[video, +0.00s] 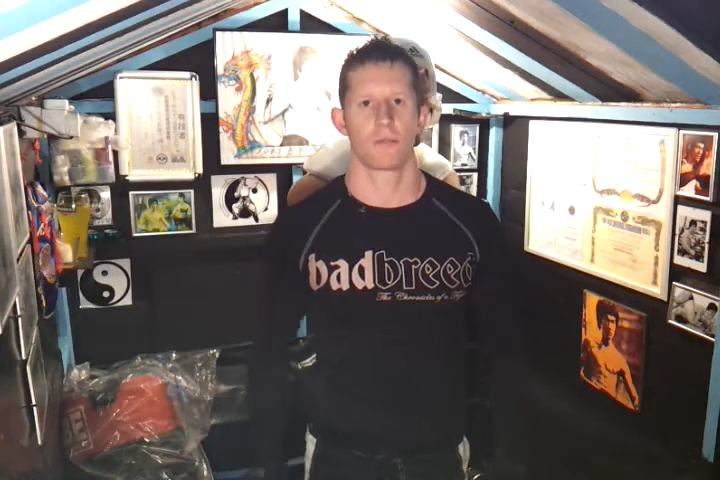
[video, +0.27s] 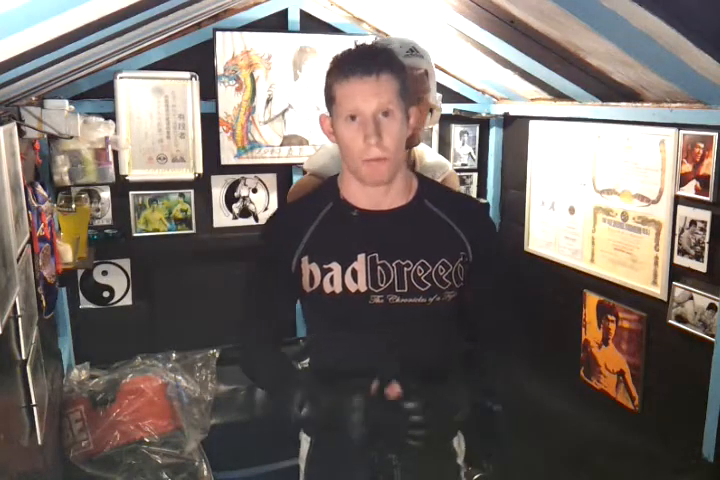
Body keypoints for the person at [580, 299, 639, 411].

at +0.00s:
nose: (610, 326)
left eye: (613, 322)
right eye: (607, 321)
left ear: (616, 326)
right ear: (601, 324)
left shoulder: (620, 360)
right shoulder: (589, 344)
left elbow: (634, 395)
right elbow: (579, 371)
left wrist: (636, 404)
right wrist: (589, 382)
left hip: (609, 402)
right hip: (588, 397)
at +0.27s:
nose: (610, 326)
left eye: (613, 322)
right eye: (607, 321)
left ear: (616, 326)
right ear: (601, 324)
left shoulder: (620, 360)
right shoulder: (589, 344)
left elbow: (634, 395)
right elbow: (579, 371)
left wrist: (636, 404)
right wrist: (589, 382)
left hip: (609, 402)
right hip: (588, 398)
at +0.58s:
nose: (610, 326)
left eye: (613, 322)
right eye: (607, 321)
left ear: (616, 326)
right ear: (601, 324)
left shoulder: (620, 360)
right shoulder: (589, 344)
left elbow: (634, 395)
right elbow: (579, 371)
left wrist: (636, 404)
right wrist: (589, 382)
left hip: (609, 402)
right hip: (588, 397)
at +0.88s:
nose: (610, 326)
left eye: (613, 322)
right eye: (607, 321)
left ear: (616, 326)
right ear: (601, 324)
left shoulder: (620, 360)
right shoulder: (589, 344)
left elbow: (634, 395)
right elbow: (579, 371)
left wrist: (636, 404)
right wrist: (589, 382)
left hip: (609, 402)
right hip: (588, 397)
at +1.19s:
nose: (610, 326)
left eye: (613, 322)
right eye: (607, 321)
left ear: (616, 326)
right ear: (601, 324)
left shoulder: (620, 360)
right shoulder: (589, 344)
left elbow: (634, 395)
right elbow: (579, 371)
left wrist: (636, 404)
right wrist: (589, 382)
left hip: (609, 402)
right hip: (588, 398)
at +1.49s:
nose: (610, 327)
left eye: (613, 322)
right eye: (607, 321)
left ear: (616, 326)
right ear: (600, 323)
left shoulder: (620, 360)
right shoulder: (590, 348)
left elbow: (634, 395)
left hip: (609, 402)